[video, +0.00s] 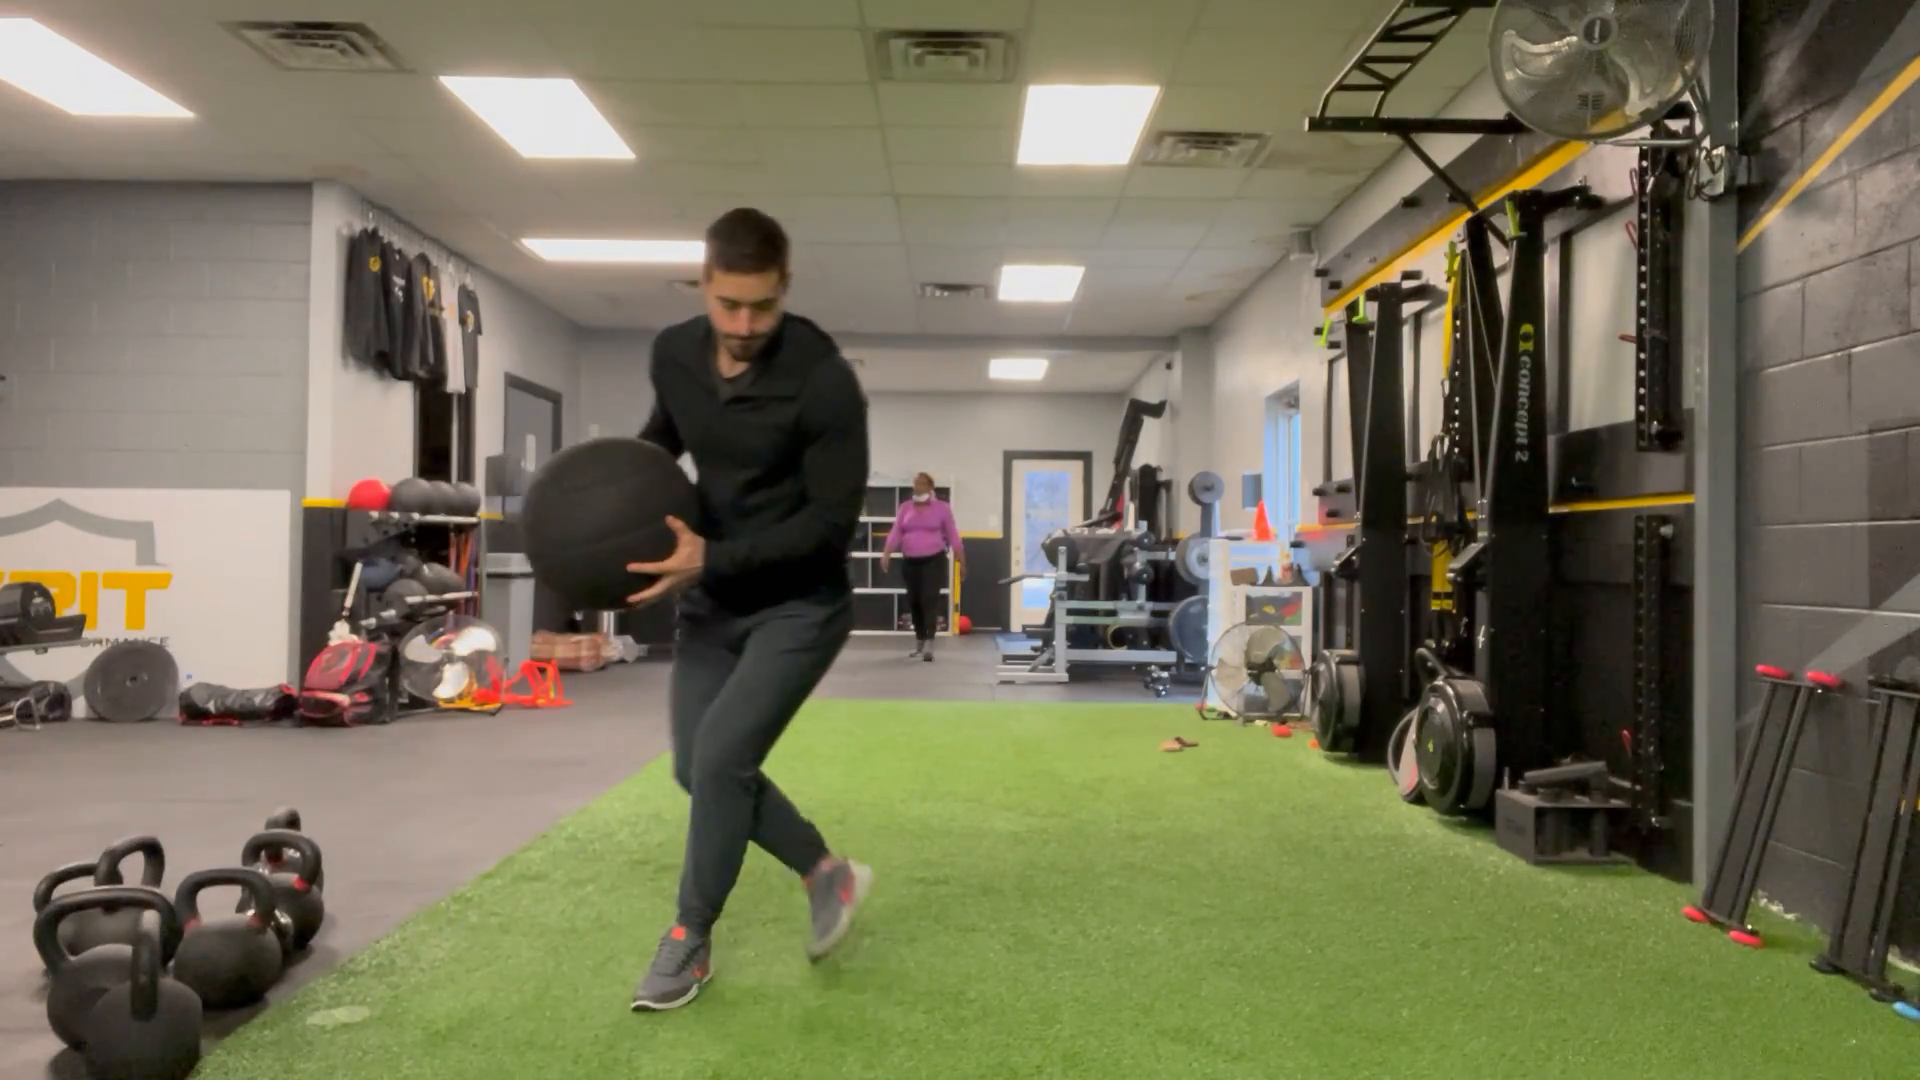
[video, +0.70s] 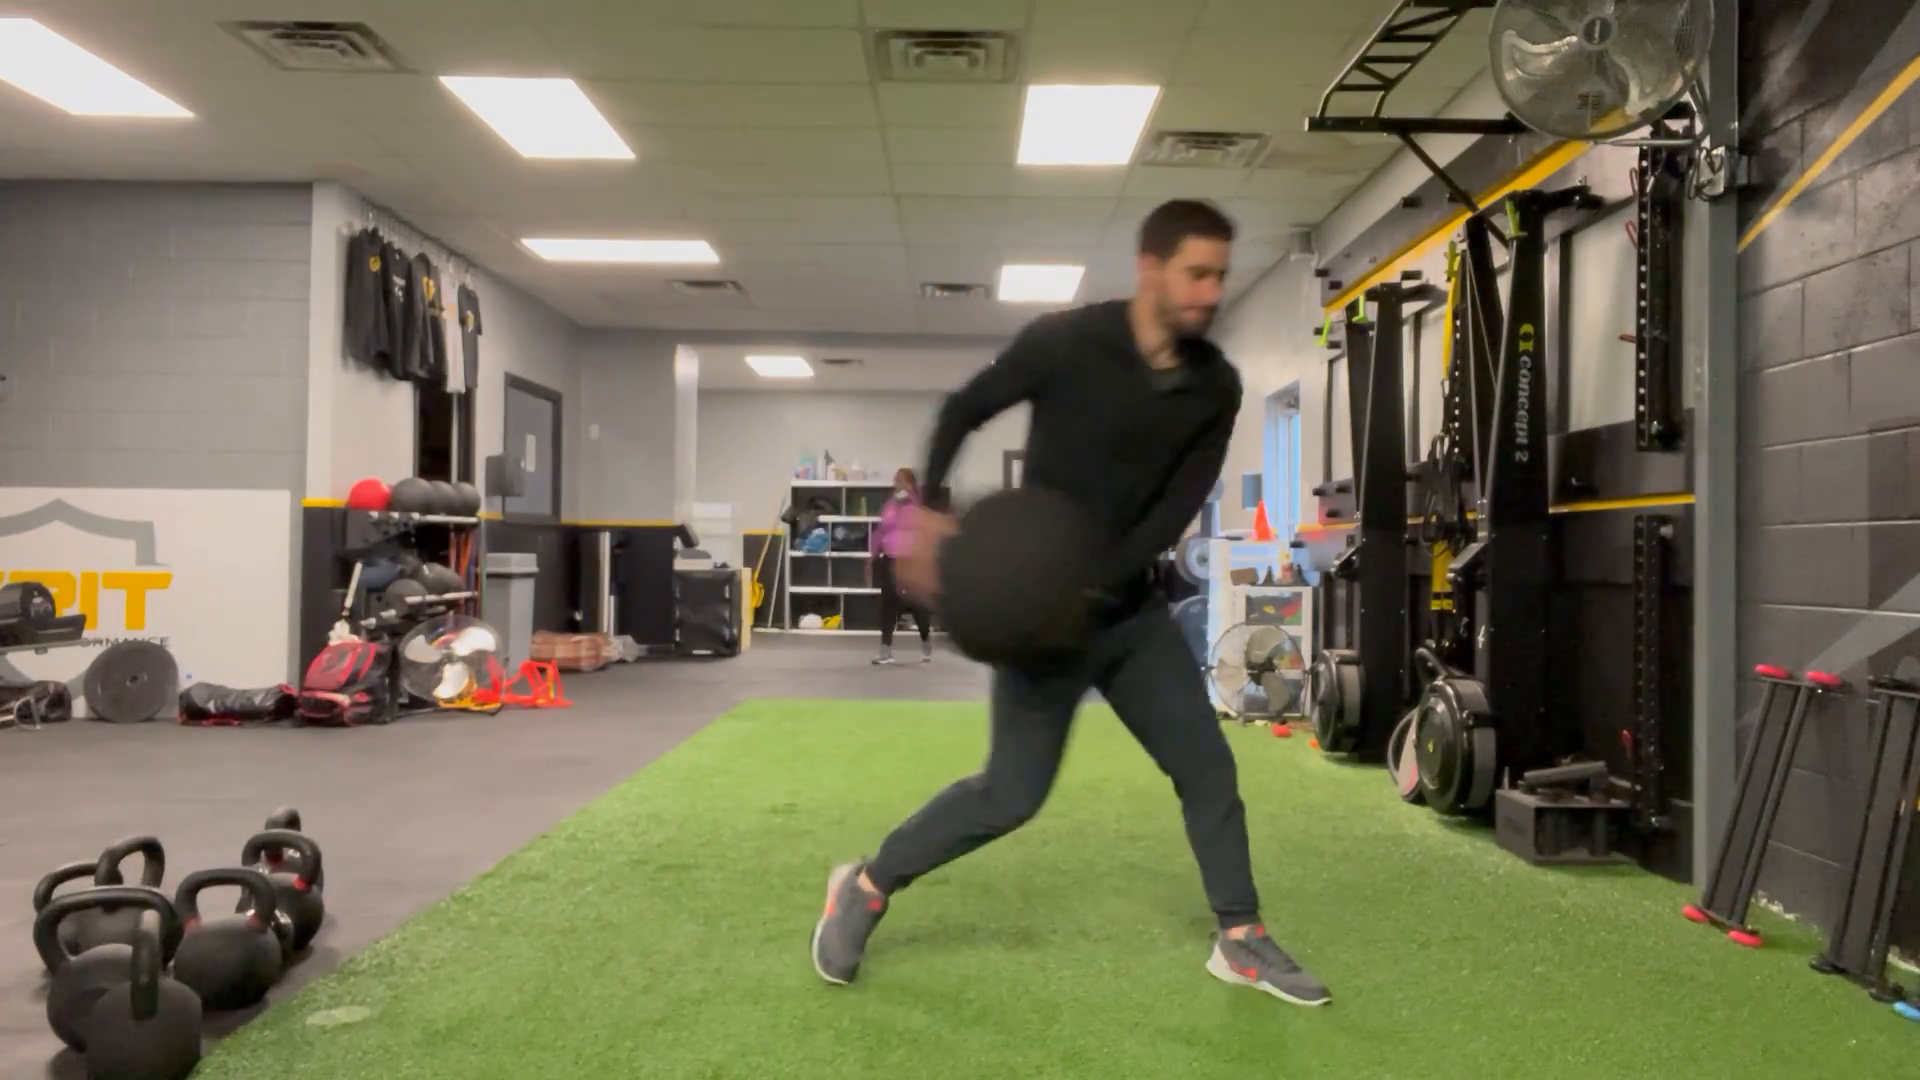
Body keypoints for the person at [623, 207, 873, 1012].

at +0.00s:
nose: (745, 323)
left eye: (762, 306)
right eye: (730, 304)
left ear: (785, 291)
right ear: (705, 287)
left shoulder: (825, 381)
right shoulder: (678, 353)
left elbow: (832, 524)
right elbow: (664, 437)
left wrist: (714, 555)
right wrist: (615, 505)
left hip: (804, 601)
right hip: (715, 599)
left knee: (720, 758)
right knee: (697, 768)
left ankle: (690, 935)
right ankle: (826, 872)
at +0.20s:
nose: (840, 327)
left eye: (856, 309)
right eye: (824, 309)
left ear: (875, 297)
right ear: (794, 292)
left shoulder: (909, 382)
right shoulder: (759, 359)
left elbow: (916, 525)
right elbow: (744, 441)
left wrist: (800, 562)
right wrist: (692, 512)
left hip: (892, 595)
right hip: (800, 598)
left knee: (805, 731)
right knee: (794, 749)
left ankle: (753, 919)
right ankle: (874, 913)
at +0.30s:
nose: (891, 328)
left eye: (907, 310)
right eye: (876, 309)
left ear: (925, 299)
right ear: (844, 292)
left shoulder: (952, 385)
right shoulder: (805, 357)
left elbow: (961, 526)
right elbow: (780, 443)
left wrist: (846, 566)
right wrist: (739, 522)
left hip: (932, 590)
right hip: (841, 591)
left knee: (868, 722)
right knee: (816, 765)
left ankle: (866, 915)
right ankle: (877, 918)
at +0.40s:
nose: (946, 331)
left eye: (962, 313)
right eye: (930, 311)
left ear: (978, 303)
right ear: (897, 293)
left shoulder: (1001, 397)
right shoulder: (847, 358)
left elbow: (999, 536)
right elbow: (815, 439)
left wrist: (884, 573)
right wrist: (768, 525)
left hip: (973, 597)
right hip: (877, 596)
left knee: (973, 749)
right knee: (842, 764)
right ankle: (880, 918)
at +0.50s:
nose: (1015, 332)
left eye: (1028, 316)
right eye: (1000, 313)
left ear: (1041, 308)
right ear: (961, 294)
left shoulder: (1057, 400)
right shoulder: (903, 356)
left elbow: (1037, 542)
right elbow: (840, 441)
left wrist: (920, 577)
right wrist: (793, 515)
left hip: (1018, 613)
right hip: (913, 611)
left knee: (1084, 763)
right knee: (869, 764)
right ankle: (883, 917)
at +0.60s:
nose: (1108, 324)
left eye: (1121, 307)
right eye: (1094, 303)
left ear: (1131, 305)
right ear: (1055, 289)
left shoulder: (1135, 404)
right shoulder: (977, 352)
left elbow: (1091, 541)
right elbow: (892, 410)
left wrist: (976, 577)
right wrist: (829, 485)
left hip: (1079, 616)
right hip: (971, 614)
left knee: (1164, 763)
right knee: (930, 780)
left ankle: (1229, 927)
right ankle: (878, 914)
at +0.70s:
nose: (1211, 292)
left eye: (1220, 277)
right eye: (1196, 273)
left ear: (1222, 282)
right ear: (1148, 269)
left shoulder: (1214, 385)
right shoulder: (1067, 343)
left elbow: (1179, 504)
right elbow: (960, 412)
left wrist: (1101, 578)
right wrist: (932, 500)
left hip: (1136, 609)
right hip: (1041, 606)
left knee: (1207, 768)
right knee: (1011, 794)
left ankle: (1242, 935)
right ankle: (866, 885)